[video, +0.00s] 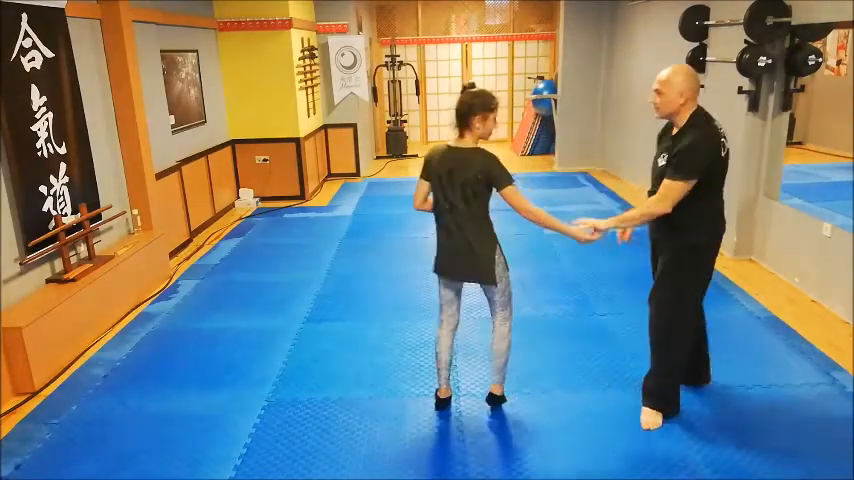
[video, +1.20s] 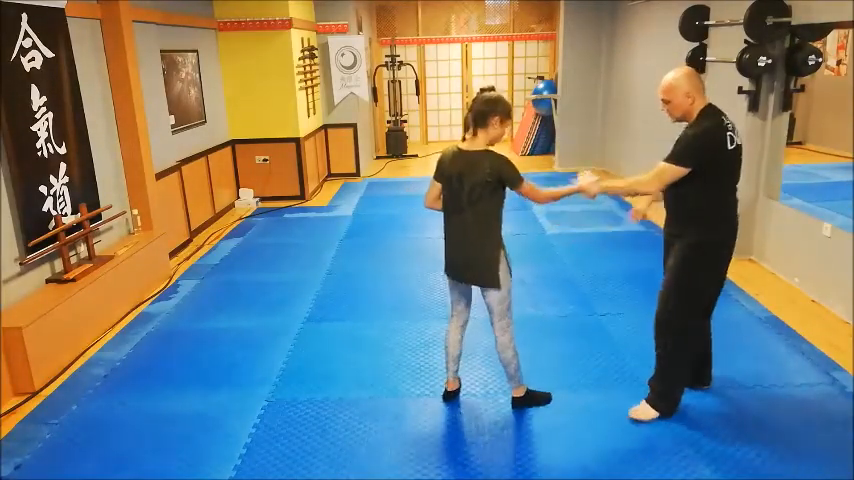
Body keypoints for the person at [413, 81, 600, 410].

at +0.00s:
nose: (496, 124)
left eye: (495, 117)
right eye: (492, 118)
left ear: (468, 120)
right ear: (475, 121)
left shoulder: (436, 155)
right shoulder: (487, 161)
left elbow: (420, 203)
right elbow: (526, 210)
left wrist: (449, 204)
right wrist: (571, 232)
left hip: (448, 252)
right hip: (484, 252)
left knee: (447, 319)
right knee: (501, 315)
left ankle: (442, 390)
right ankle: (496, 387)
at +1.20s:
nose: (506, 132)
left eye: (507, 125)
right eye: (504, 125)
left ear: (478, 122)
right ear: (491, 122)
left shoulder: (448, 157)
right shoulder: (497, 163)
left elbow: (432, 201)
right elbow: (539, 196)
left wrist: (464, 205)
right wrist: (576, 188)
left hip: (456, 252)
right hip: (489, 253)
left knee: (457, 317)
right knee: (501, 324)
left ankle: (451, 383)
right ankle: (518, 391)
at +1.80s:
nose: (526, 147)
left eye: (529, 142)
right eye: (525, 141)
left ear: (503, 134)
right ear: (506, 134)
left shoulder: (475, 155)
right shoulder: (496, 167)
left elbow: (475, 194)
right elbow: (537, 209)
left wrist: (501, 210)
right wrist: (577, 222)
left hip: (463, 244)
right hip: (484, 247)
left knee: (462, 313)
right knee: (519, 308)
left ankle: (451, 382)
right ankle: (519, 378)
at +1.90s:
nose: (531, 155)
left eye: (535, 151)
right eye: (529, 150)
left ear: (513, 137)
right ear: (513, 140)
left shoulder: (492, 154)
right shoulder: (504, 168)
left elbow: (503, 189)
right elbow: (528, 213)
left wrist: (521, 212)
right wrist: (566, 228)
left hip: (477, 243)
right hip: (490, 247)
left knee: (481, 306)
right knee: (523, 308)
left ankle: (454, 374)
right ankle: (520, 378)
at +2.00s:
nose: (531, 163)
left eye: (537, 158)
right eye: (527, 156)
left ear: (543, 153)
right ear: (514, 148)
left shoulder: (524, 170)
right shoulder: (504, 175)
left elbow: (528, 202)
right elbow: (522, 221)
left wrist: (534, 219)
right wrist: (556, 243)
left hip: (508, 239)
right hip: (490, 240)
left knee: (509, 306)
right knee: (523, 310)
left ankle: (465, 352)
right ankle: (522, 376)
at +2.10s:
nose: (528, 181)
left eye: (534, 176)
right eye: (522, 176)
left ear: (541, 168)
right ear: (512, 168)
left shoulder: (536, 177)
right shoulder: (502, 188)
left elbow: (543, 203)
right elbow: (515, 240)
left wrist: (545, 222)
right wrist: (548, 262)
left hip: (525, 236)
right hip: (496, 240)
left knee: (533, 300)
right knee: (519, 310)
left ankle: (489, 338)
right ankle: (528, 373)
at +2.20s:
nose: (521, 213)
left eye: (526, 209)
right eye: (517, 209)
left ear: (536, 196)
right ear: (508, 200)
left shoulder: (542, 185)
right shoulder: (496, 206)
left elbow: (555, 192)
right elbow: (502, 262)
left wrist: (552, 228)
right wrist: (540, 279)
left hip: (534, 244)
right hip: (504, 253)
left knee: (537, 305)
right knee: (519, 319)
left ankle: (517, 334)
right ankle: (530, 372)